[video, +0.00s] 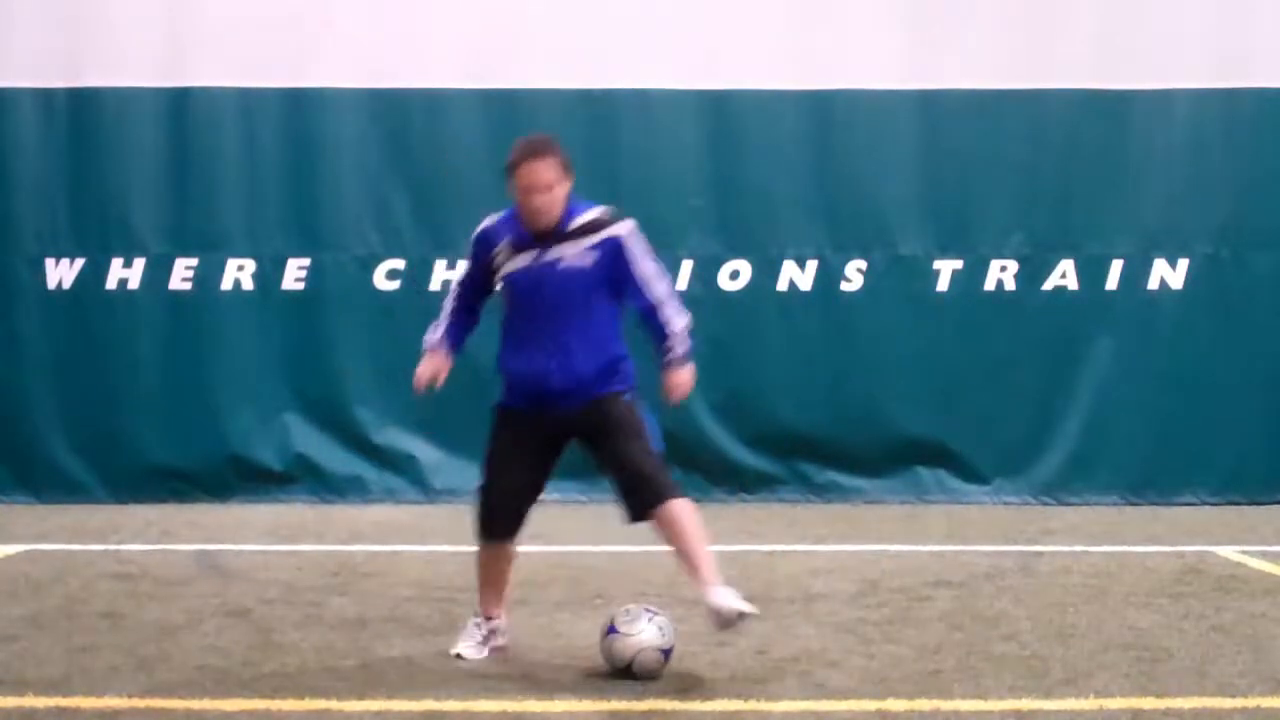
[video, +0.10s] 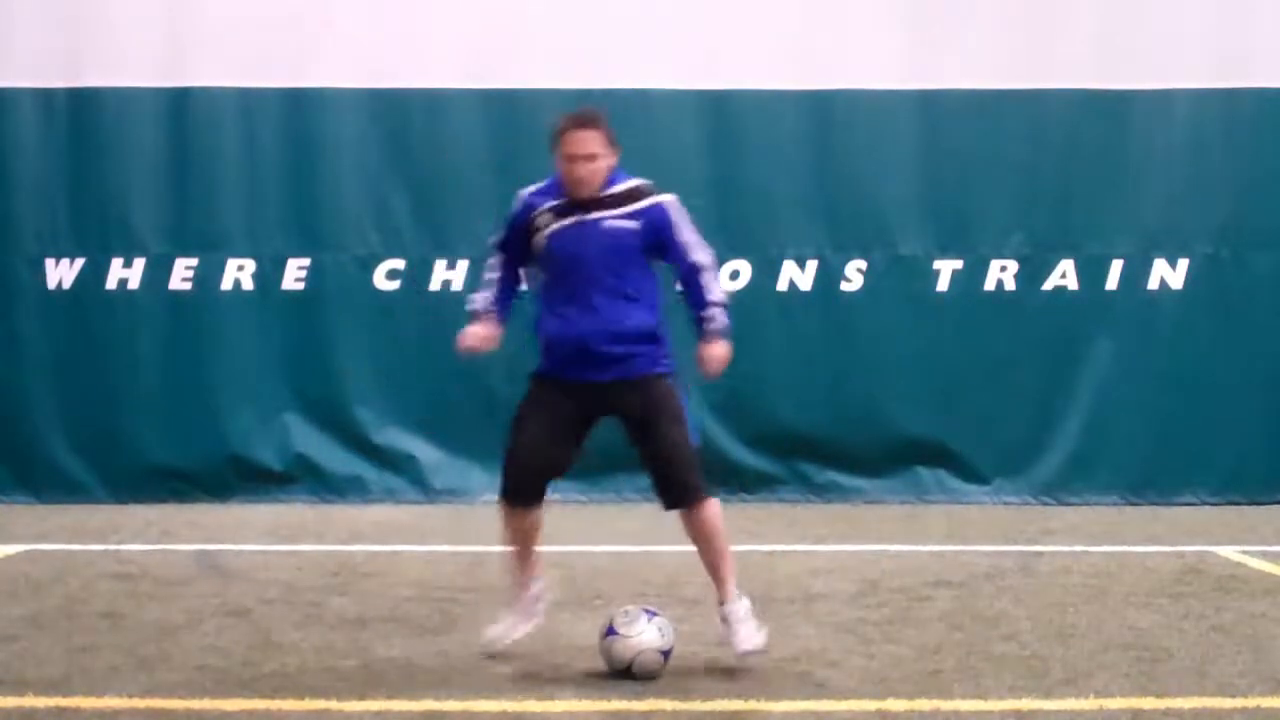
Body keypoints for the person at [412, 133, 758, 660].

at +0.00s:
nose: (535, 201)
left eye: (545, 189)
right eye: (526, 191)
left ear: (567, 184)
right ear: (512, 191)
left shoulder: (609, 230)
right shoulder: (496, 238)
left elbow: (657, 292)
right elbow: (465, 296)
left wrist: (678, 353)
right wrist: (440, 346)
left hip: (602, 395)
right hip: (527, 402)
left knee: (649, 481)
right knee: (497, 512)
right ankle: (490, 622)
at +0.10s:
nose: (581, 169)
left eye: (591, 158)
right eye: (571, 159)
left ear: (613, 156)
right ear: (555, 160)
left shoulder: (649, 205)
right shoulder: (533, 209)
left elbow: (697, 264)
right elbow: (503, 262)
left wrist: (714, 329)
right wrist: (489, 315)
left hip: (640, 372)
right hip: (563, 375)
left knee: (684, 483)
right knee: (519, 482)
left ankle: (732, 603)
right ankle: (527, 600)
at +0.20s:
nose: (627, 178)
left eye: (637, 167)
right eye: (617, 167)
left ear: (657, 168)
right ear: (601, 169)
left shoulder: (691, 217)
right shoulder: (576, 216)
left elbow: (737, 283)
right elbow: (549, 272)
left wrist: (752, 353)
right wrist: (537, 323)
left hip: (672, 379)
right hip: (601, 375)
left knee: (703, 502)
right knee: (561, 450)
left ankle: (724, 619)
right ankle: (598, 556)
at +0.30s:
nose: (670, 197)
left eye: (681, 186)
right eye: (660, 187)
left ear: (701, 185)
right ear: (645, 186)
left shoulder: (733, 234)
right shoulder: (619, 230)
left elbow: (771, 302)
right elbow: (582, 289)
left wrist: (784, 362)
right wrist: (569, 341)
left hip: (705, 390)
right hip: (634, 381)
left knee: (724, 520)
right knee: (612, 439)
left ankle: (728, 629)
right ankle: (633, 576)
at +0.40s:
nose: (705, 185)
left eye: (715, 173)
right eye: (694, 173)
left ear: (732, 168)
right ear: (675, 168)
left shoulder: (762, 209)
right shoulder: (643, 216)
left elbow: (799, 264)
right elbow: (597, 279)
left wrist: (797, 310)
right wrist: (578, 341)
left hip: (733, 362)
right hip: (666, 354)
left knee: (740, 498)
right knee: (676, 420)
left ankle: (729, 621)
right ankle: (673, 538)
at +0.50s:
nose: (729, 181)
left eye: (739, 169)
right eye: (717, 169)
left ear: (756, 163)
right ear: (699, 164)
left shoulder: (786, 197)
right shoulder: (673, 208)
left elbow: (814, 243)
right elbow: (616, 265)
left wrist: (803, 285)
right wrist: (593, 338)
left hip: (750, 357)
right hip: (685, 350)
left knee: (772, 479)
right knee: (732, 450)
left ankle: (697, 572)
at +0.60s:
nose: (755, 207)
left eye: (764, 194)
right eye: (743, 195)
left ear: (781, 184)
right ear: (724, 188)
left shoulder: (804, 215)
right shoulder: (699, 235)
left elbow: (827, 269)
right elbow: (644, 298)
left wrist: (814, 301)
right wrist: (619, 369)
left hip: (772, 385)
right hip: (712, 388)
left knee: (796, 504)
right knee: (770, 505)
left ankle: (669, 539)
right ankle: (798, 645)